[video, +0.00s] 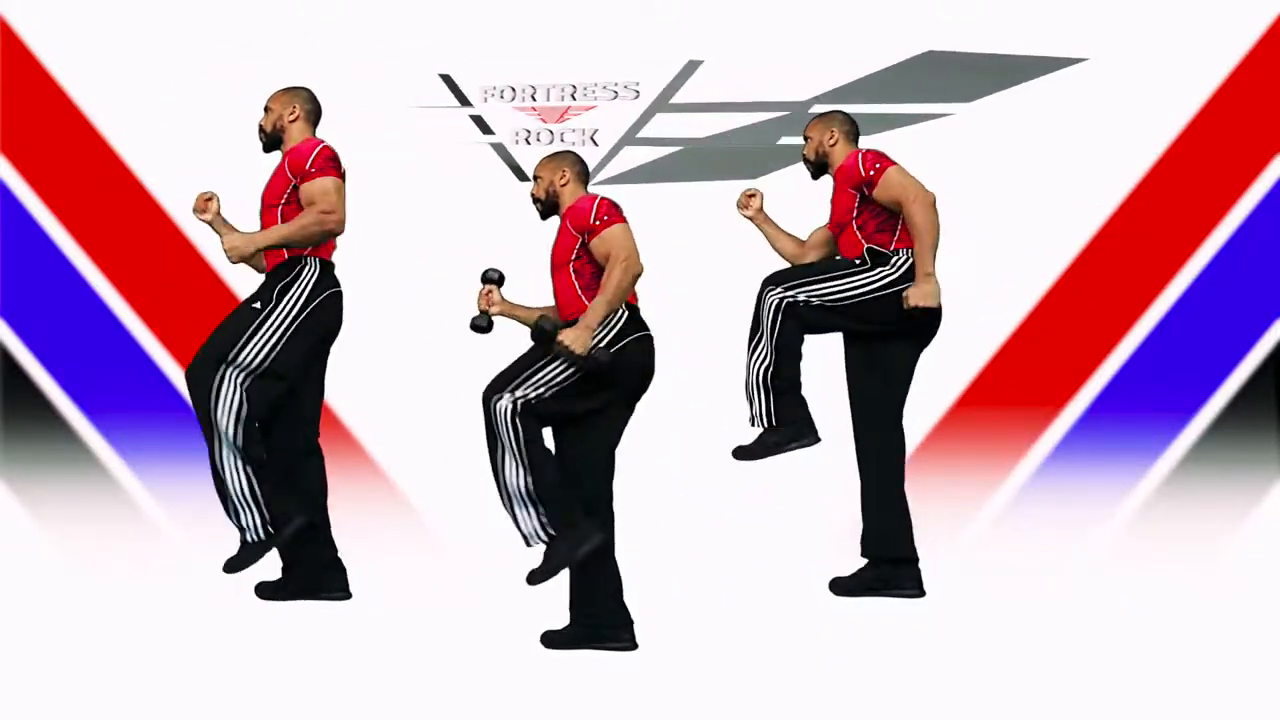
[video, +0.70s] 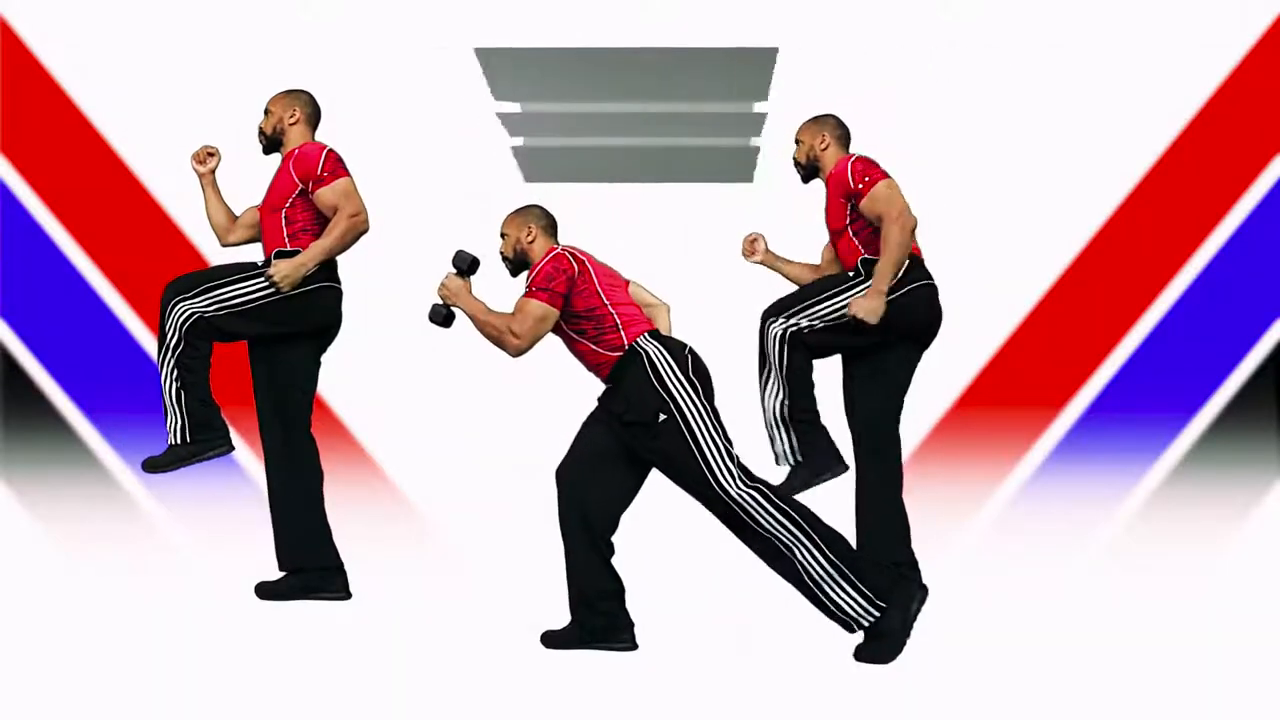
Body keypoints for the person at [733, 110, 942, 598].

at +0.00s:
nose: (803, 149)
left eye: (808, 138)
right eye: (803, 141)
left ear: (832, 135)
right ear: (836, 138)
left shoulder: (859, 162)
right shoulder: (850, 200)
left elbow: (919, 200)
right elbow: (805, 254)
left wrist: (926, 276)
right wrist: (760, 218)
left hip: (890, 274)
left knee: (779, 291)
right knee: (877, 434)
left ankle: (784, 421)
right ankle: (892, 565)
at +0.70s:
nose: (794, 154)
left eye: (798, 144)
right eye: (795, 147)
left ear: (822, 141)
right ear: (825, 143)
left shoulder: (852, 169)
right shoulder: (840, 200)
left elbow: (900, 218)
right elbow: (825, 276)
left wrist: (878, 290)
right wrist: (768, 258)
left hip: (894, 287)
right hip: (899, 308)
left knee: (779, 322)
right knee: (874, 441)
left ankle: (810, 452)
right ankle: (891, 576)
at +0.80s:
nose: (786, 160)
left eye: (790, 150)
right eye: (786, 153)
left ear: (814, 146)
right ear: (822, 147)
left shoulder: (844, 175)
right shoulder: (834, 196)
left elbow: (864, 242)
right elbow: (860, 270)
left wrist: (805, 298)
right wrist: (821, 304)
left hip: (896, 282)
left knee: (809, 371)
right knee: (878, 443)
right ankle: (895, 586)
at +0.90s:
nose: (775, 170)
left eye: (780, 160)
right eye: (775, 162)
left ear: (805, 157)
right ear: (808, 157)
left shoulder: (830, 184)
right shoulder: (832, 194)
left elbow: (820, 262)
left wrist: (752, 282)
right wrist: (864, 328)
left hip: (902, 290)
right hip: (889, 302)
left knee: (873, 421)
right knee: (869, 433)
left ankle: (1000, 488)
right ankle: (889, 574)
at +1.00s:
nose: (766, 180)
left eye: (770, 169)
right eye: (765, 173)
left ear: (795, 164)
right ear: (806, 168)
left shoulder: (817, 196)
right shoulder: (837, 201)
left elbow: (781, 275)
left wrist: (724, 264)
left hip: (906, 294)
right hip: (885, 311)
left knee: (932, 432)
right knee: (872, 437)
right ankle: (891, 575)